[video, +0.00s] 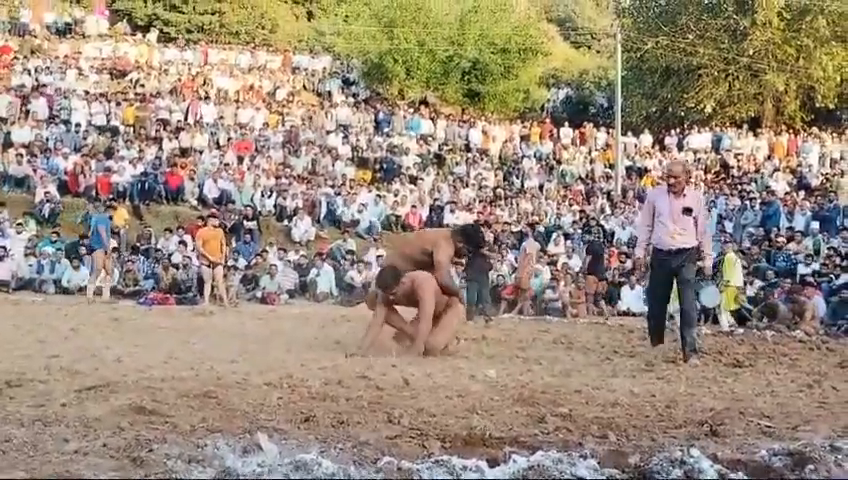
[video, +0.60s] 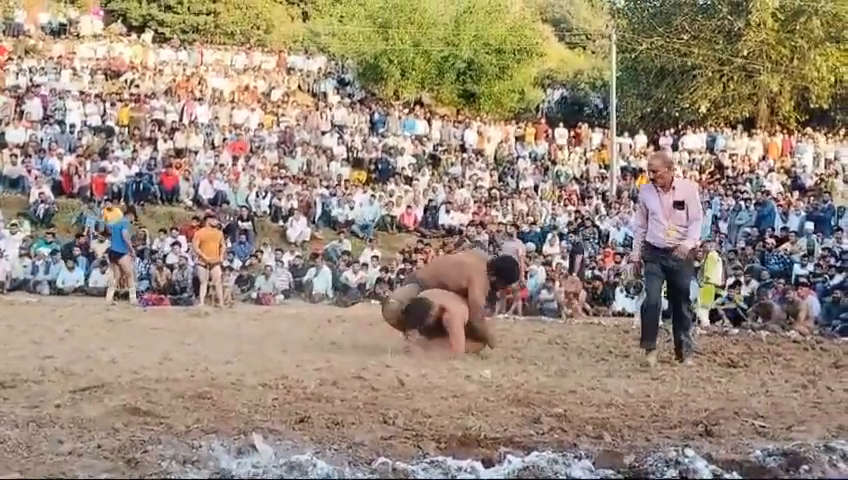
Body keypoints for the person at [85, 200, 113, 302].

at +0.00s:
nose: (114, 214)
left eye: (115, 212)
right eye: (113, 211)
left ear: (109, 211)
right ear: (110, 210)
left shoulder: (107, 221)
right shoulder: (101, 218)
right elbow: (102, 232)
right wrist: (107, 247)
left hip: (105, 247)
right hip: (97, 247)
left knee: (109, 272)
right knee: (97, 270)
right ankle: (90, 294)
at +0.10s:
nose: (116, 217)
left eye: (117, 215)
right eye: (116, 214)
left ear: (111, 213)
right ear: (113, 213)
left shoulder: (110, 223)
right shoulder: (105, 221)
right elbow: (106, 237)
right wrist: (112, 251)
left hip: (108, 250)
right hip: (101, 250)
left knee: (110, 275)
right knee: (99, 273)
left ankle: (111, 297)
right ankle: (89, 296)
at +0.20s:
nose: (120, 219)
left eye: (120, 217)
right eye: (119, 217)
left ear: (113, 215)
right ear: (116, 215)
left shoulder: (113, 225)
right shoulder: (108, 222)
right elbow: (107, 235)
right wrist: (114, 250)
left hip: (112, 251)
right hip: (105, 250)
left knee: (112, 275)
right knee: (105, 274)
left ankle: (111, 297)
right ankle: (91, 295)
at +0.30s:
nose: (123, 221)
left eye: (124, 219)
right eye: (123, 218)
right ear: (119, 216)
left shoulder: (104, 223)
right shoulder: (113, 223)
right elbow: (112, 236)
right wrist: (118, 249)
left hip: (105, 251)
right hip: (110, 252)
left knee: (112, 274)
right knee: (116, 273)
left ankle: (110, 298)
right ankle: (99, 290)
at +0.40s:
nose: (125, 220)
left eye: (125, 218)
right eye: (124, 217)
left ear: (118, 216)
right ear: (121, 216)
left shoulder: (111, 224)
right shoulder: (115, 224)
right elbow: (115, 237)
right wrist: (122, 251)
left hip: (109, 252)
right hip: (113, 252)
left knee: (113, 275)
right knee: (124, 272)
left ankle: (110, 296)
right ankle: (111, 287)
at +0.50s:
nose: (127, 219)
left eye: (127, 217)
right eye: (127, 217)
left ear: (119, 214)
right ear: (125, 216)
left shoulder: (109, 223)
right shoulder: (120, 222)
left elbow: (106, 235)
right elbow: (119, 235)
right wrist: (127, 249)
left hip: (110, 250)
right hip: (118, 251)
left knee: (113, 276)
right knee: (126, 273)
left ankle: (109, 297)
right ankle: (120, 297)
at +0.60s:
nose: (133, 219)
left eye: (133, 217)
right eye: (133, 216)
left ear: (124, 214)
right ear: (130, 215)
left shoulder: (116, 223)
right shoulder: (126, 223)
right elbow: (125, 236)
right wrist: (132, 249)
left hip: (113, 250)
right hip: (122, 251)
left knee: (115, 276)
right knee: (130, 274)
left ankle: (109, 298)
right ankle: (133, 298)